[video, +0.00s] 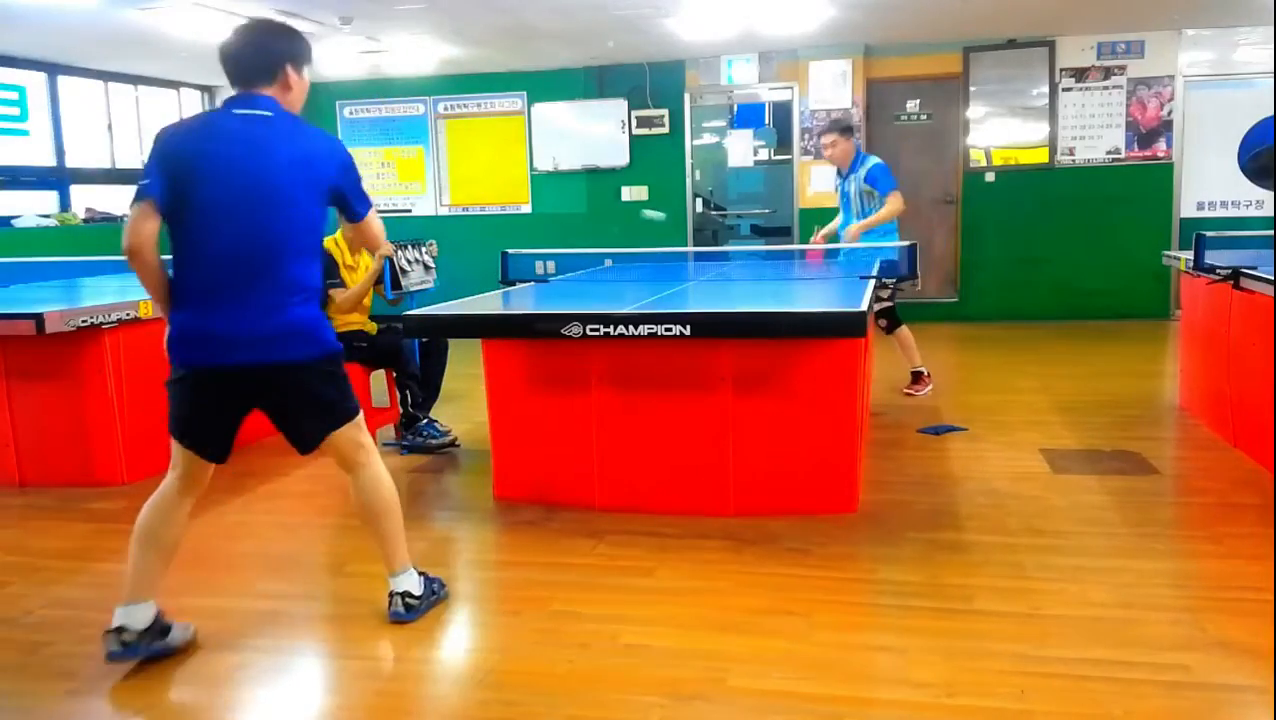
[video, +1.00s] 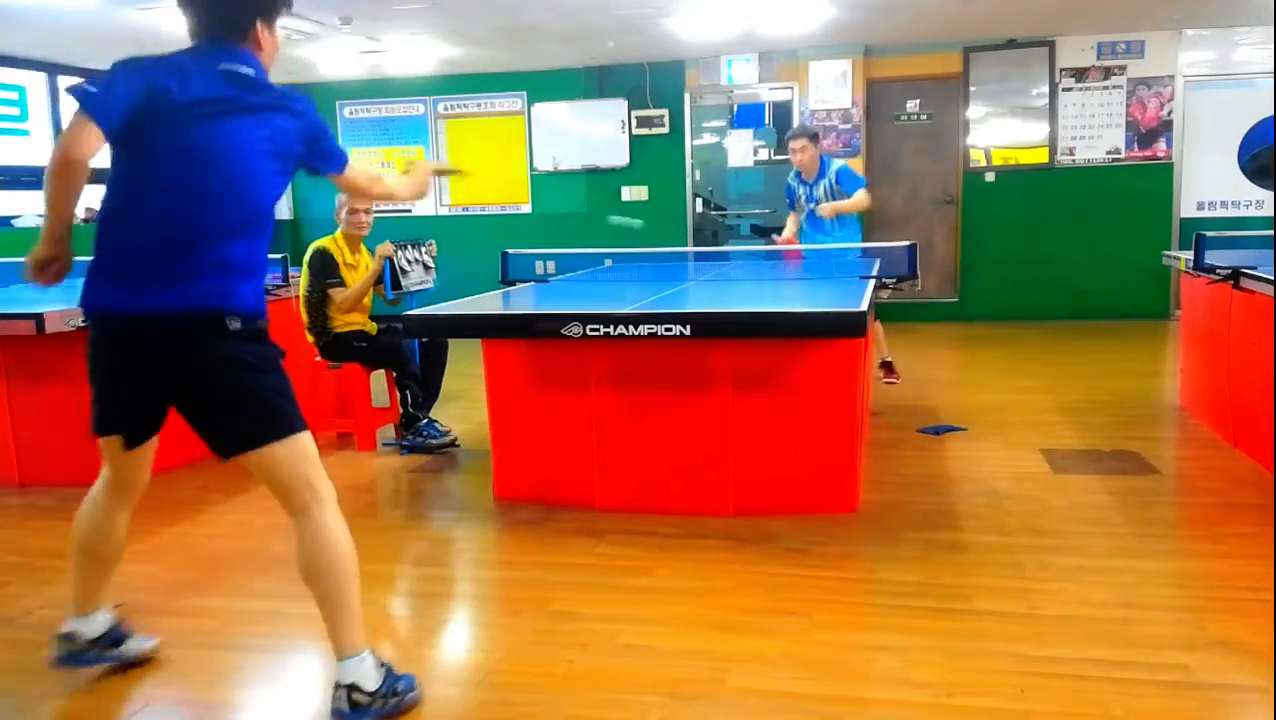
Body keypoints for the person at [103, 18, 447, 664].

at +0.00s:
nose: (308, 88)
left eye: (306, 76)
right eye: (306, 76)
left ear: (234, 77)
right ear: (288, 76)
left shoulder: (178, 139)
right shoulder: (318, 145)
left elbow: (137, 241)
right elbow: (372, 239)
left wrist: (173, 309)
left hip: (203, 347)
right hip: (295, 344)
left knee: (181, 480)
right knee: (359, 458)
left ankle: (132, 619)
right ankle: (407, 583)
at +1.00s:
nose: (278, 41)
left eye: (277, 28)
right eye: (277, 28)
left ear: (196, 24)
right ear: (262, 30)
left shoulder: (139, 77)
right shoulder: (283, 111)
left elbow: (71, 150)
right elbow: (359, 182)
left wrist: (54, 240)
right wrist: (412, 185)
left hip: (120, 321)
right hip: (217, 326)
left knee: (118, 478)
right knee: (310, 498)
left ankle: (84, 627)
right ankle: (358, 672)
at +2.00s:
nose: (189, 97)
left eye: (190, 86)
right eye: (189, 86)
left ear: (105, 80)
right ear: (171, 80)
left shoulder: (48, 129)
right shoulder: (198, 159)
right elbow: (205, 282)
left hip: (56, 369)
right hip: (163, 368)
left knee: (5, 520)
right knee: (234, 535)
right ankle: (286, 700)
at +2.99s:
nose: (197, 118)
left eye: (197, 103)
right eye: (190, 103)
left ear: (148, 109)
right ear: (146, 106)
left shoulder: (159, 196)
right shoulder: (54, 188)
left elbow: (172, 288)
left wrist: (248, 313)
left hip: (110, 380)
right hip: (81, 385)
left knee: (169, 493)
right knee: (219, 498)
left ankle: (77, 581)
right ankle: (189, 682)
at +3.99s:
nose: (350, 106)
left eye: (349, 93)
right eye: (346, 93)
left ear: (291, 98)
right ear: (320, 95)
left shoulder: (265, 162)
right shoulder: (270, 170)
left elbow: (265, 292)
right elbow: (236, 295)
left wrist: (338, 341)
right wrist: (315, 399)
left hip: (199, 384)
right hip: (223, 388)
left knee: (255, 490)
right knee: (362, 508)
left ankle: (167, 617)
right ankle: (354, 695)